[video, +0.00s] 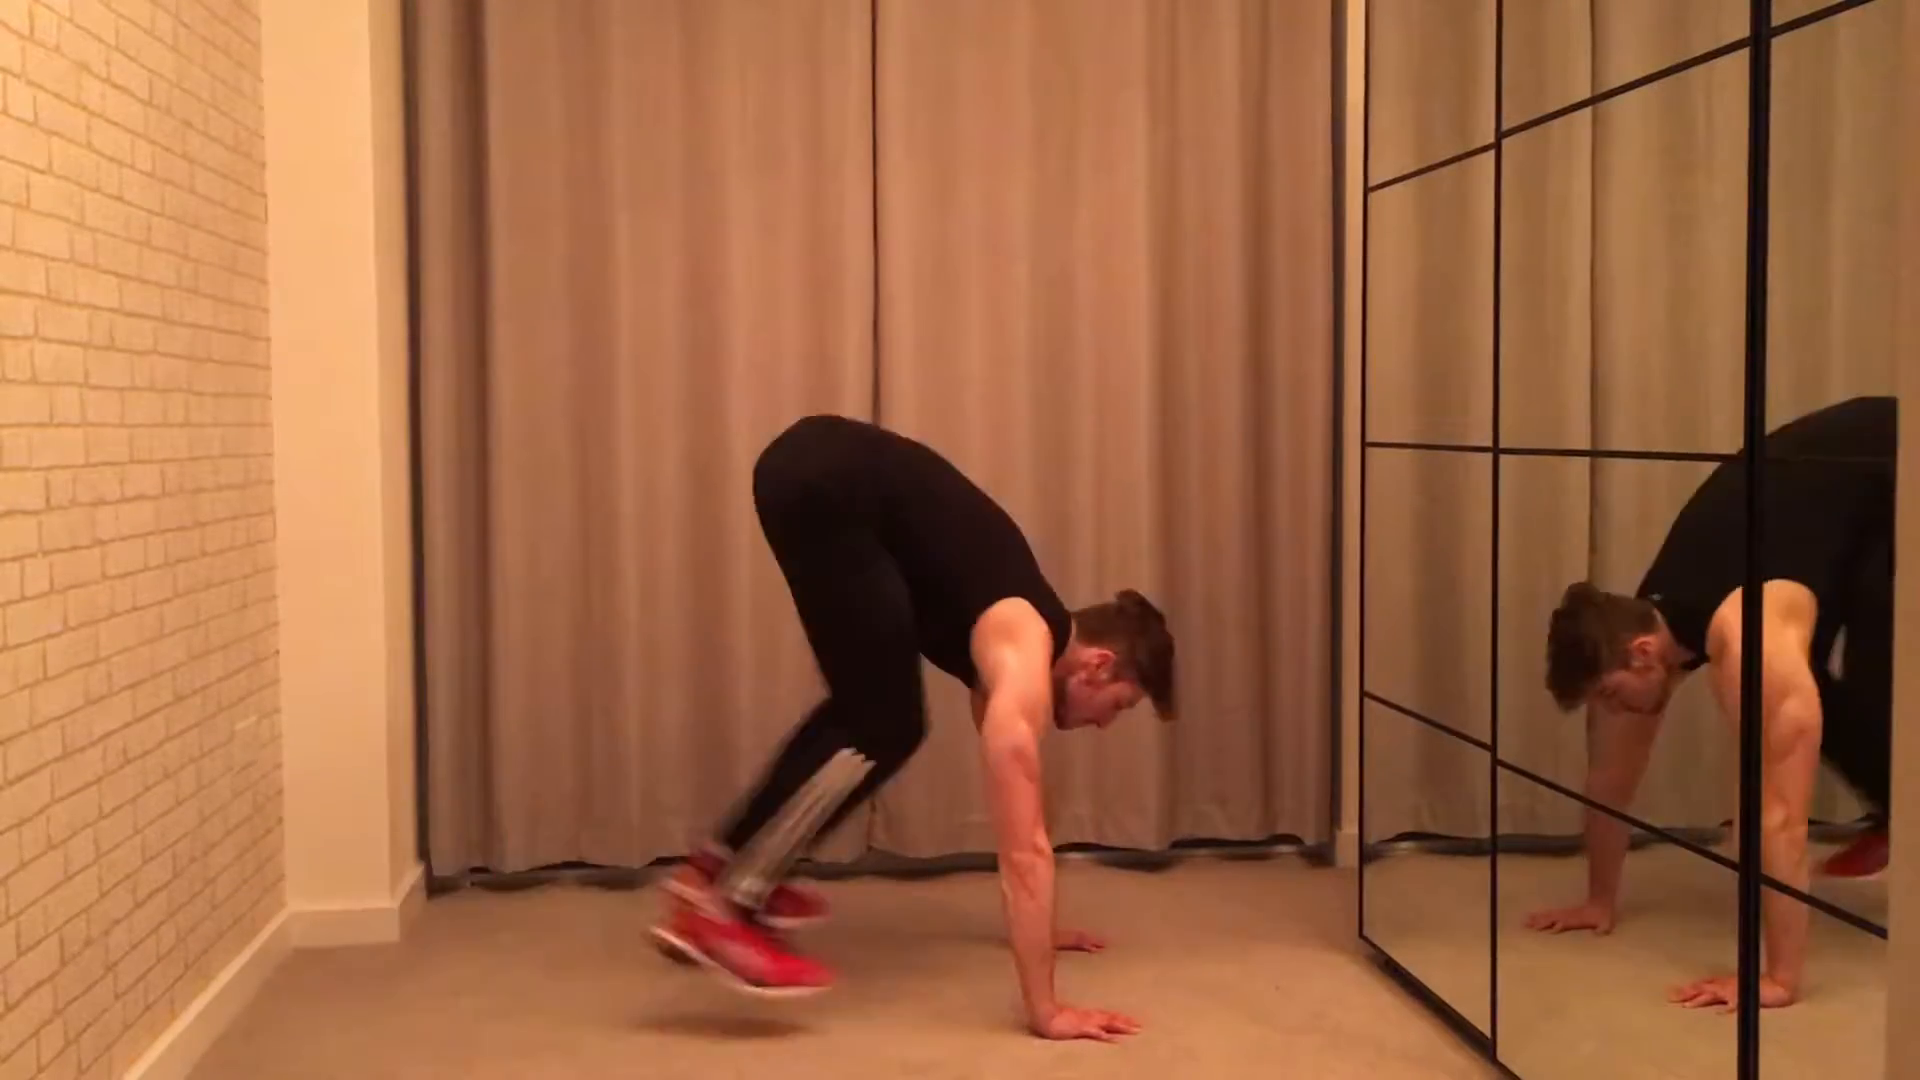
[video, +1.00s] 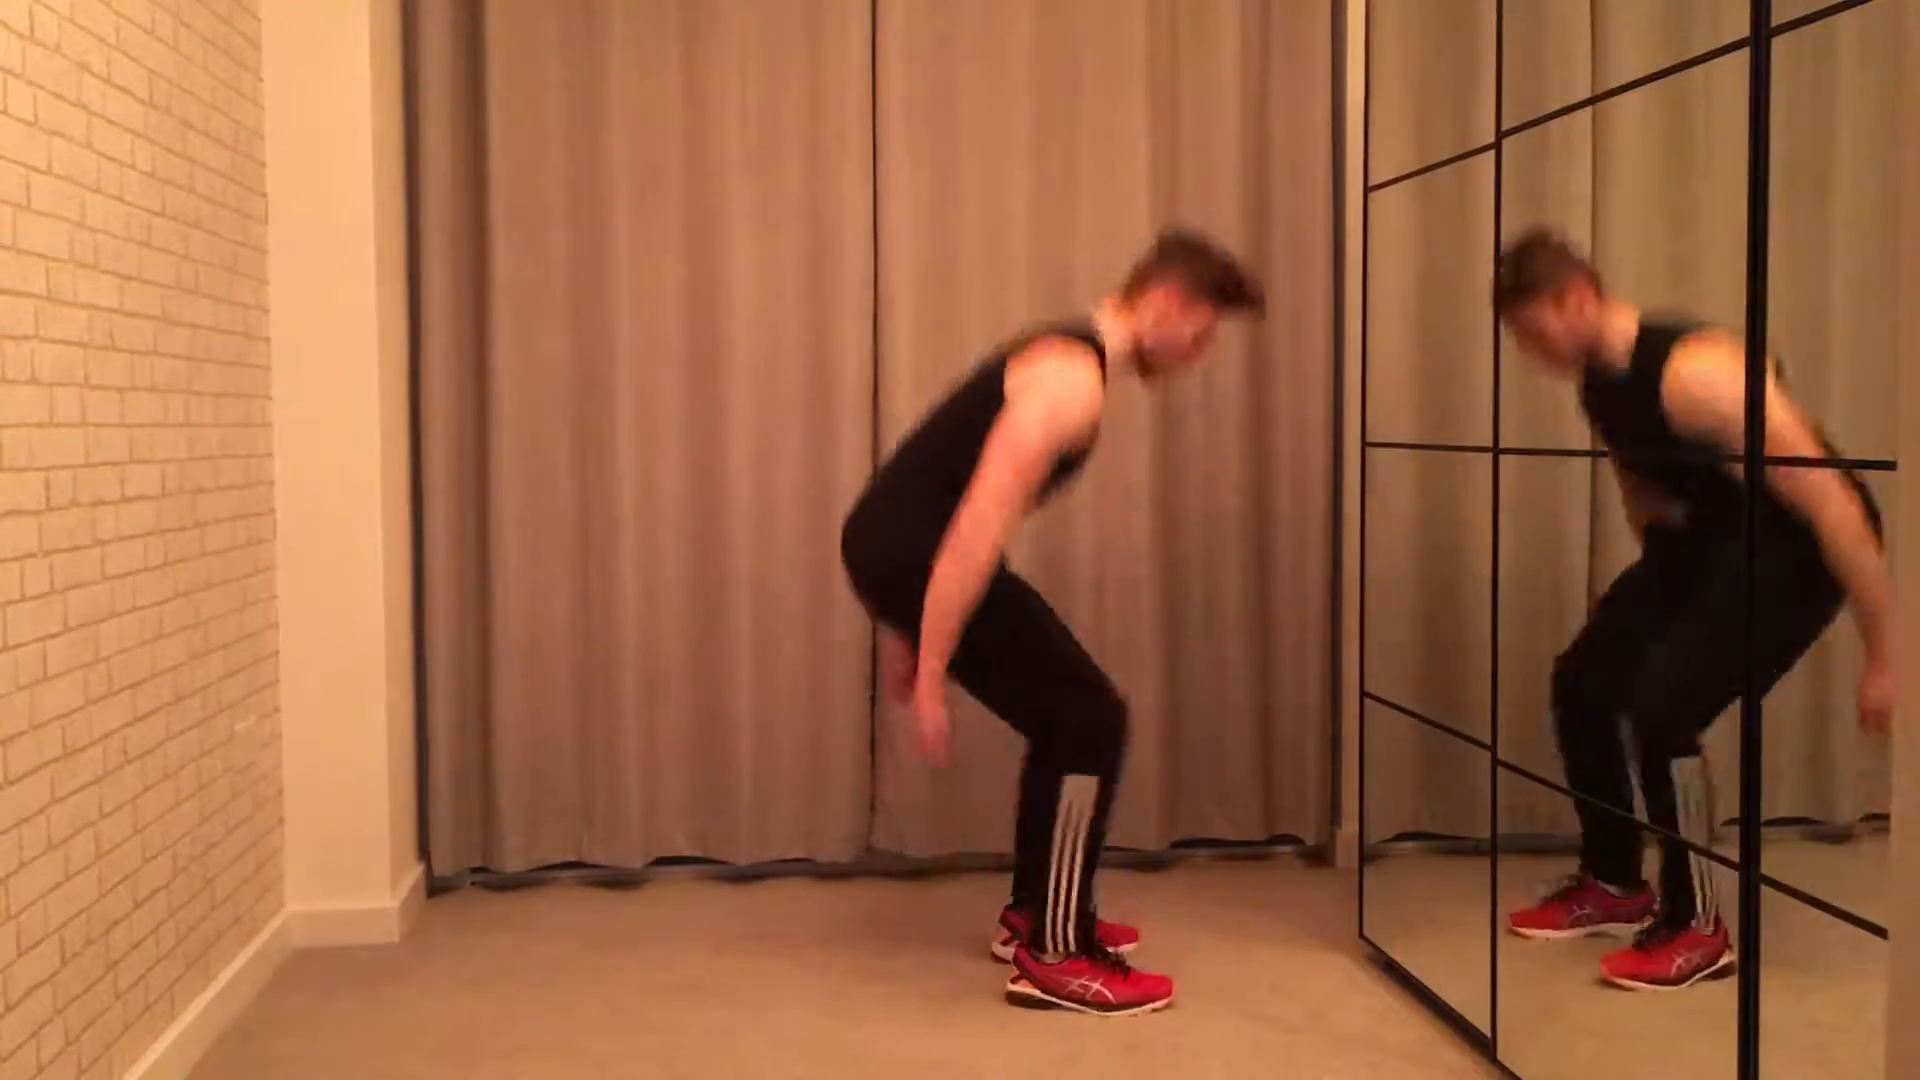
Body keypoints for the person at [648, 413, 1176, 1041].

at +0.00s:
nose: (1105, 722)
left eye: (1119, 712)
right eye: (1117, 705)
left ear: (1091, 655)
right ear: (1093, 664)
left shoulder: (1032, 640)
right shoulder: (1019, 661)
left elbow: (1019, 811)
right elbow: (1025, 852)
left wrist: (1037, 924)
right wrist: (1042, 1010)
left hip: (822, 473)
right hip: (815, 484)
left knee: (868, 706)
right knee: (887, 724)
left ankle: (727, 862)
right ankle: (720, 904)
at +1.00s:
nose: (1200, 351)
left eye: (1210, 335)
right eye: (1201, 329)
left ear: (1151, 301)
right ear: (1159, 300)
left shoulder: (1067, 357)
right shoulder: (1070, 379)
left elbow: (953, 494)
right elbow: (980, 523)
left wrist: (906, 626)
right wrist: (933, 673)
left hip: (905, 547)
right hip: (916, 560)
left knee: (1067, 716)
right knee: (1092, 718)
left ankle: (1039, 916)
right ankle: (1054, 951)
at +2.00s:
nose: (529, 855)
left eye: (506, 851)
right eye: (503, 865)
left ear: (505, 919)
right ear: (496, 924)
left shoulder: (586, 919)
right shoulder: (588, 963)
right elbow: (736, 1020)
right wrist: (896, 1032)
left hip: (827, 917)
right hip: (844, 942)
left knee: (750, 691)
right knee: (750, 696)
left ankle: (870, 516)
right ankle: (913, 555)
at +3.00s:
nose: (474, 899)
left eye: (456, 900)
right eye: (456, 919)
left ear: (478, 904)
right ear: (465, 973)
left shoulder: (570, 936)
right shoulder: (559, 979)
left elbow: (716, 917)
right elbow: (719, 1015)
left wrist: (849, 925)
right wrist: (884, 1029)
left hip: (661, 760)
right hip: (681, 751)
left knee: (561, 526)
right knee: (560, 527)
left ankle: (570, 293)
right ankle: (573, 289)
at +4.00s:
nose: (1030, 635)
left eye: (1038, 617)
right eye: (1031, 614)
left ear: (986, 588)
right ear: (990, 592)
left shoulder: (909, 636)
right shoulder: (936, 673)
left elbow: (861, 780)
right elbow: (898, 854)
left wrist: (856, 913)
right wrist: (879, 1011)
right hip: (915, 909)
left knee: (1045, 694)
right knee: (1069, 715)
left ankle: (1053, 910)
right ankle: (1046, 930)